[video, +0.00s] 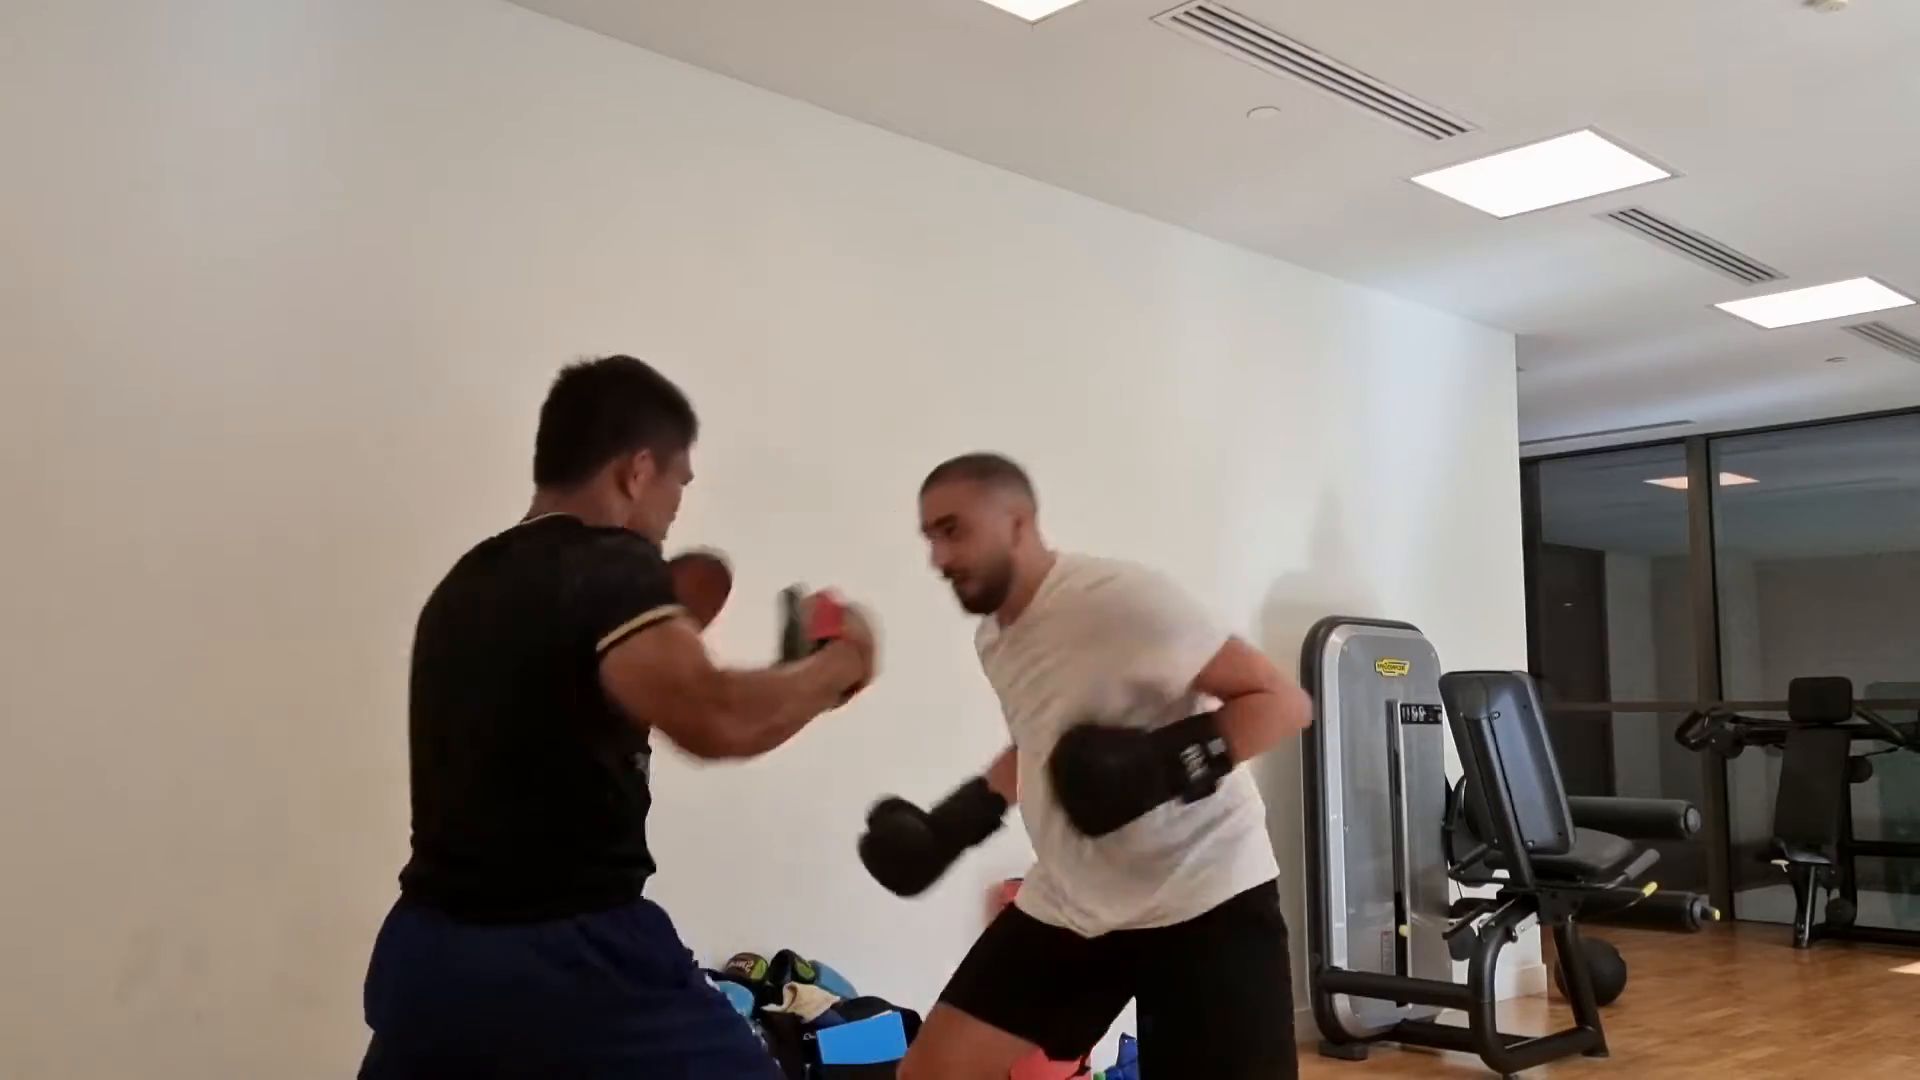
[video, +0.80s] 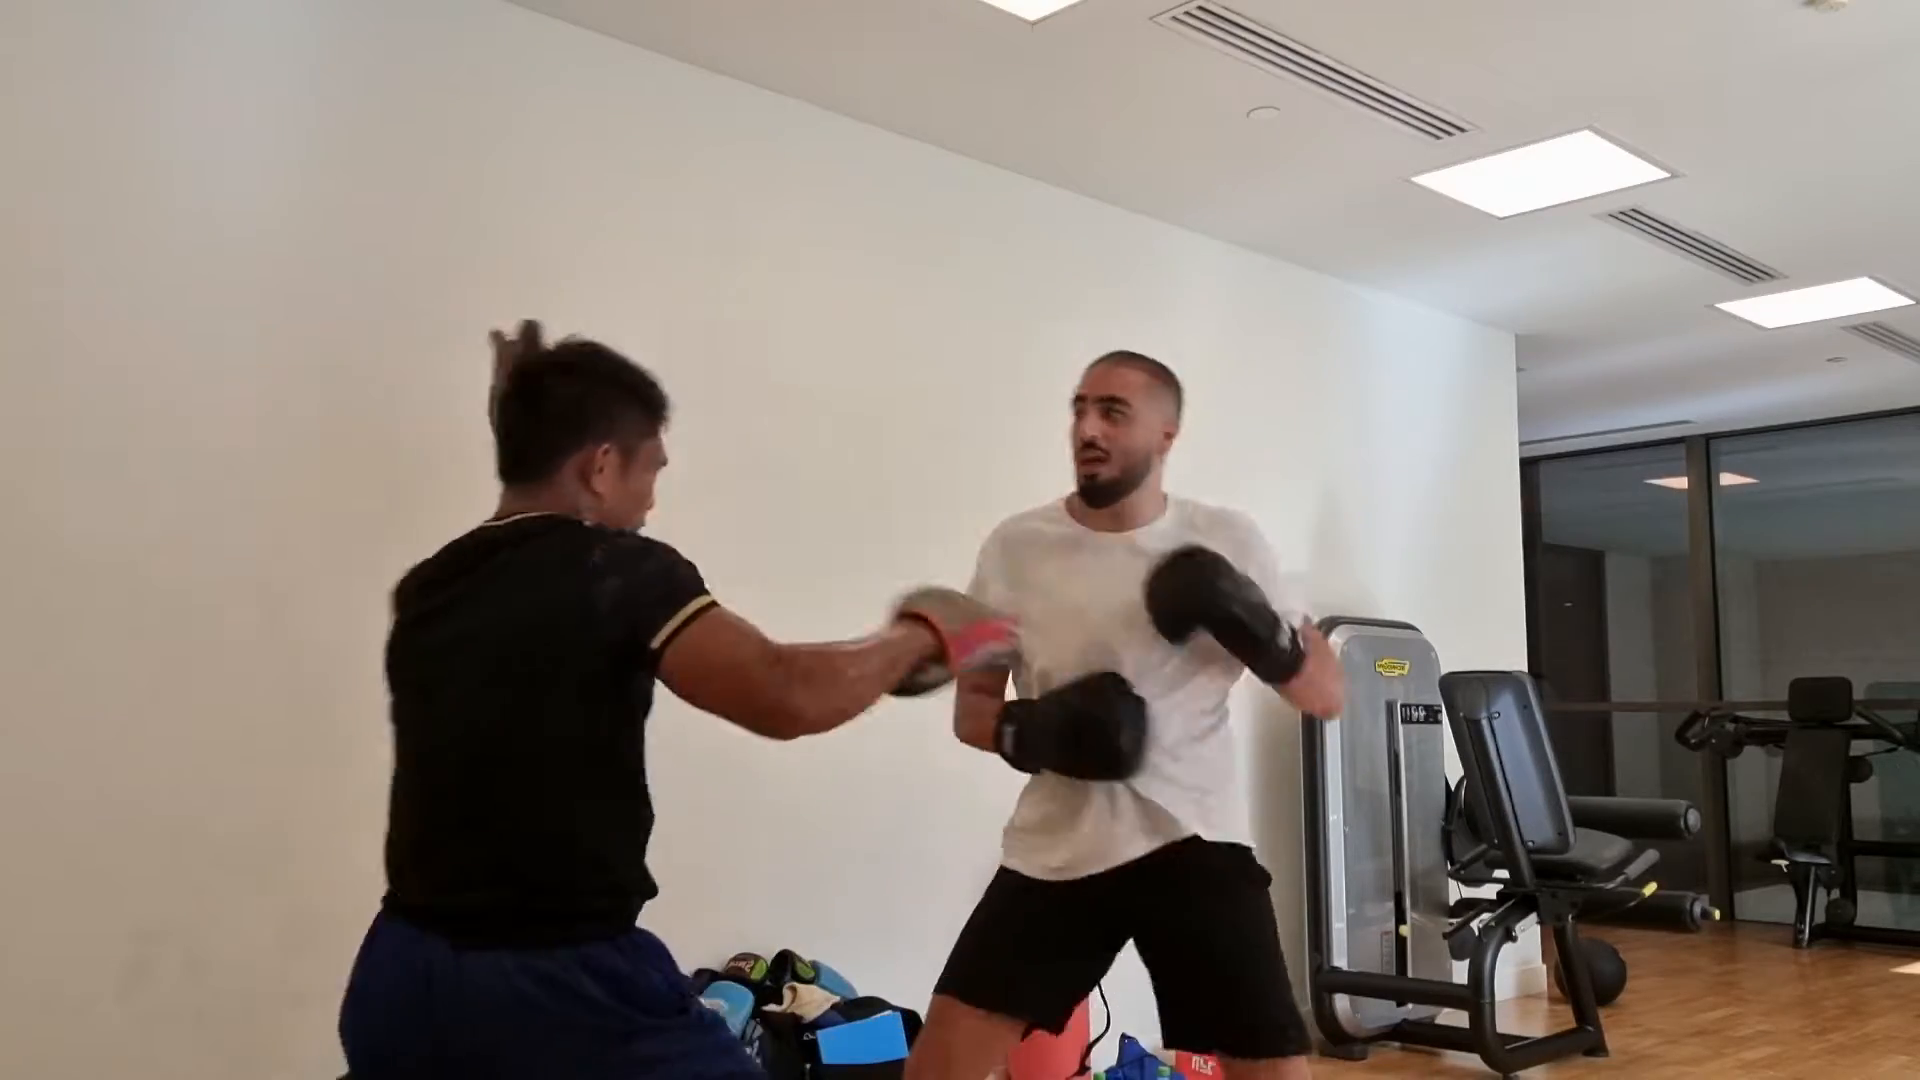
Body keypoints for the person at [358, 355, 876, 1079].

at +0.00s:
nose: (677, 510)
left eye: (685, 487)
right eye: (681, 484)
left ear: (551, 466)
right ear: (636, 472)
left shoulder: (462, 585)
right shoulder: (605, 565)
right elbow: (717, 721)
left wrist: (656, 621)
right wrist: (844, 664)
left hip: (431, 960)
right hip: (584, 965)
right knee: (740, 1063)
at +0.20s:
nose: (708, 488)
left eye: (713, 469)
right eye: (708, 467)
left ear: (573, 453)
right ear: (668, 456)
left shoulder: (468, 572)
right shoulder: (694, 532)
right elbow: (884, 610)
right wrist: (942, 519)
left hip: (476, 949)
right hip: (652, 951)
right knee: (789, 1060)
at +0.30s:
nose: (771, 482)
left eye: (777, 450)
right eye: (773, 446)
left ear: (644, 426)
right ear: (727, 435)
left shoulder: (570, 544)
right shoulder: (686, 538)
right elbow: (766, 717)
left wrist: (821, 643)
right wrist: (861, 604)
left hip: (510, 914)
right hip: (642, 935)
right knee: (797, 1062)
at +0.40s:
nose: (796, 478)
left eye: (803, 457)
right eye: (799, 454)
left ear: (670, 435)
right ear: (757, 447)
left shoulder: (594, 550)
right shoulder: (695, 561)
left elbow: (740, 693)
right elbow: (784, 755)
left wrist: (801, 547)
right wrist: (855, 637)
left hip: (499, 918)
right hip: (629, 947)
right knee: (787, 1064)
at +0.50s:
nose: (745, 482)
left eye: (754, 466)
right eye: (747, 461)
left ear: (614, 436)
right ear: (706, 449)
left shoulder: (523, 559)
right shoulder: (707, 555)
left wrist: (738, 527)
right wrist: (912, 600)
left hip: (463, 941)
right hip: (622, 958)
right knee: (777, 1063)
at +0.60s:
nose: (655, 494)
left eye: (662, 472)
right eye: (653, 469)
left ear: (514, 452)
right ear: (596, 457)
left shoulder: (409, 575)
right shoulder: (637, 546)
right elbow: (842, 596)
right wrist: (1001, 626)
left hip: (423, 972)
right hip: (596, 973)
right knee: (754, 1066)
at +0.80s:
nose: (653, 500)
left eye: (657, 474)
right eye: (651, 472)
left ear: (514, 465)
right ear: (597, 467)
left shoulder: (425, 588)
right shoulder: (617, 569)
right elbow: (783, 696)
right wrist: (914, 640)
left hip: (404, 988)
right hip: (575, 995)